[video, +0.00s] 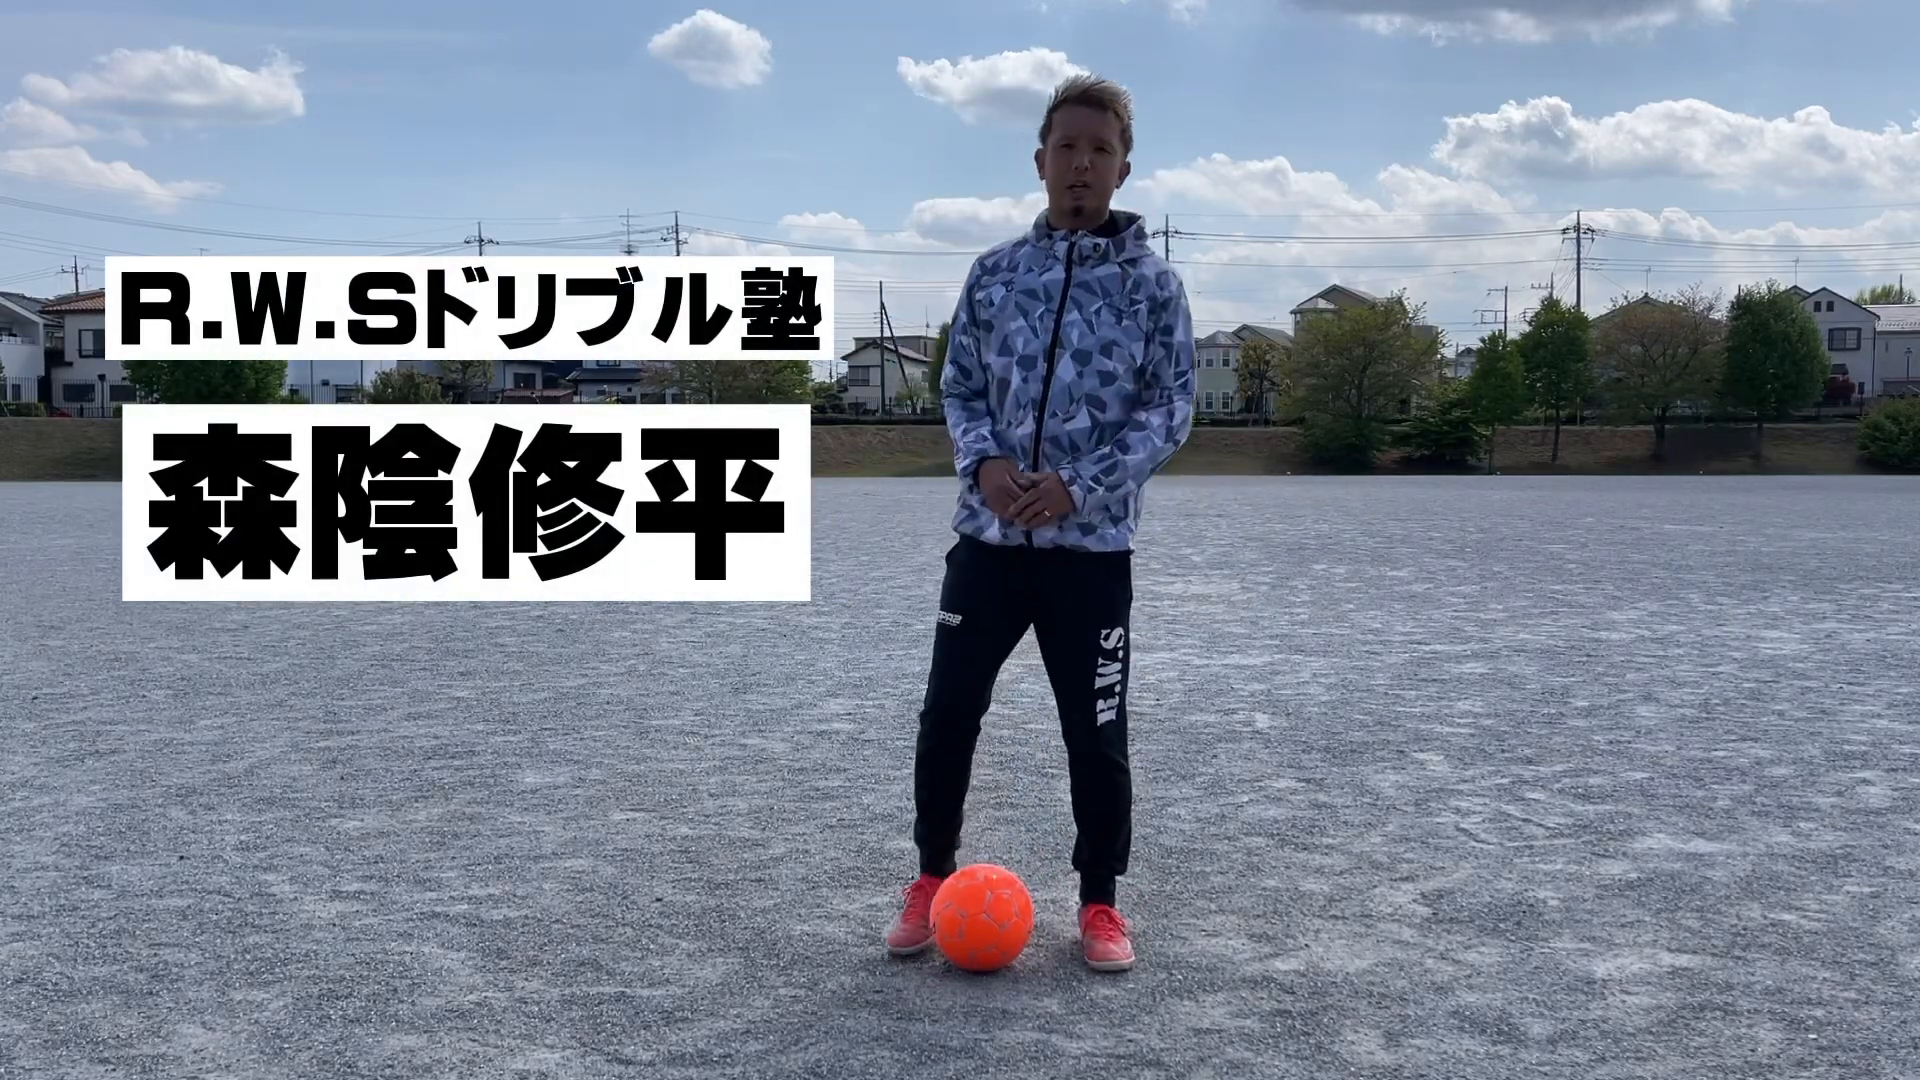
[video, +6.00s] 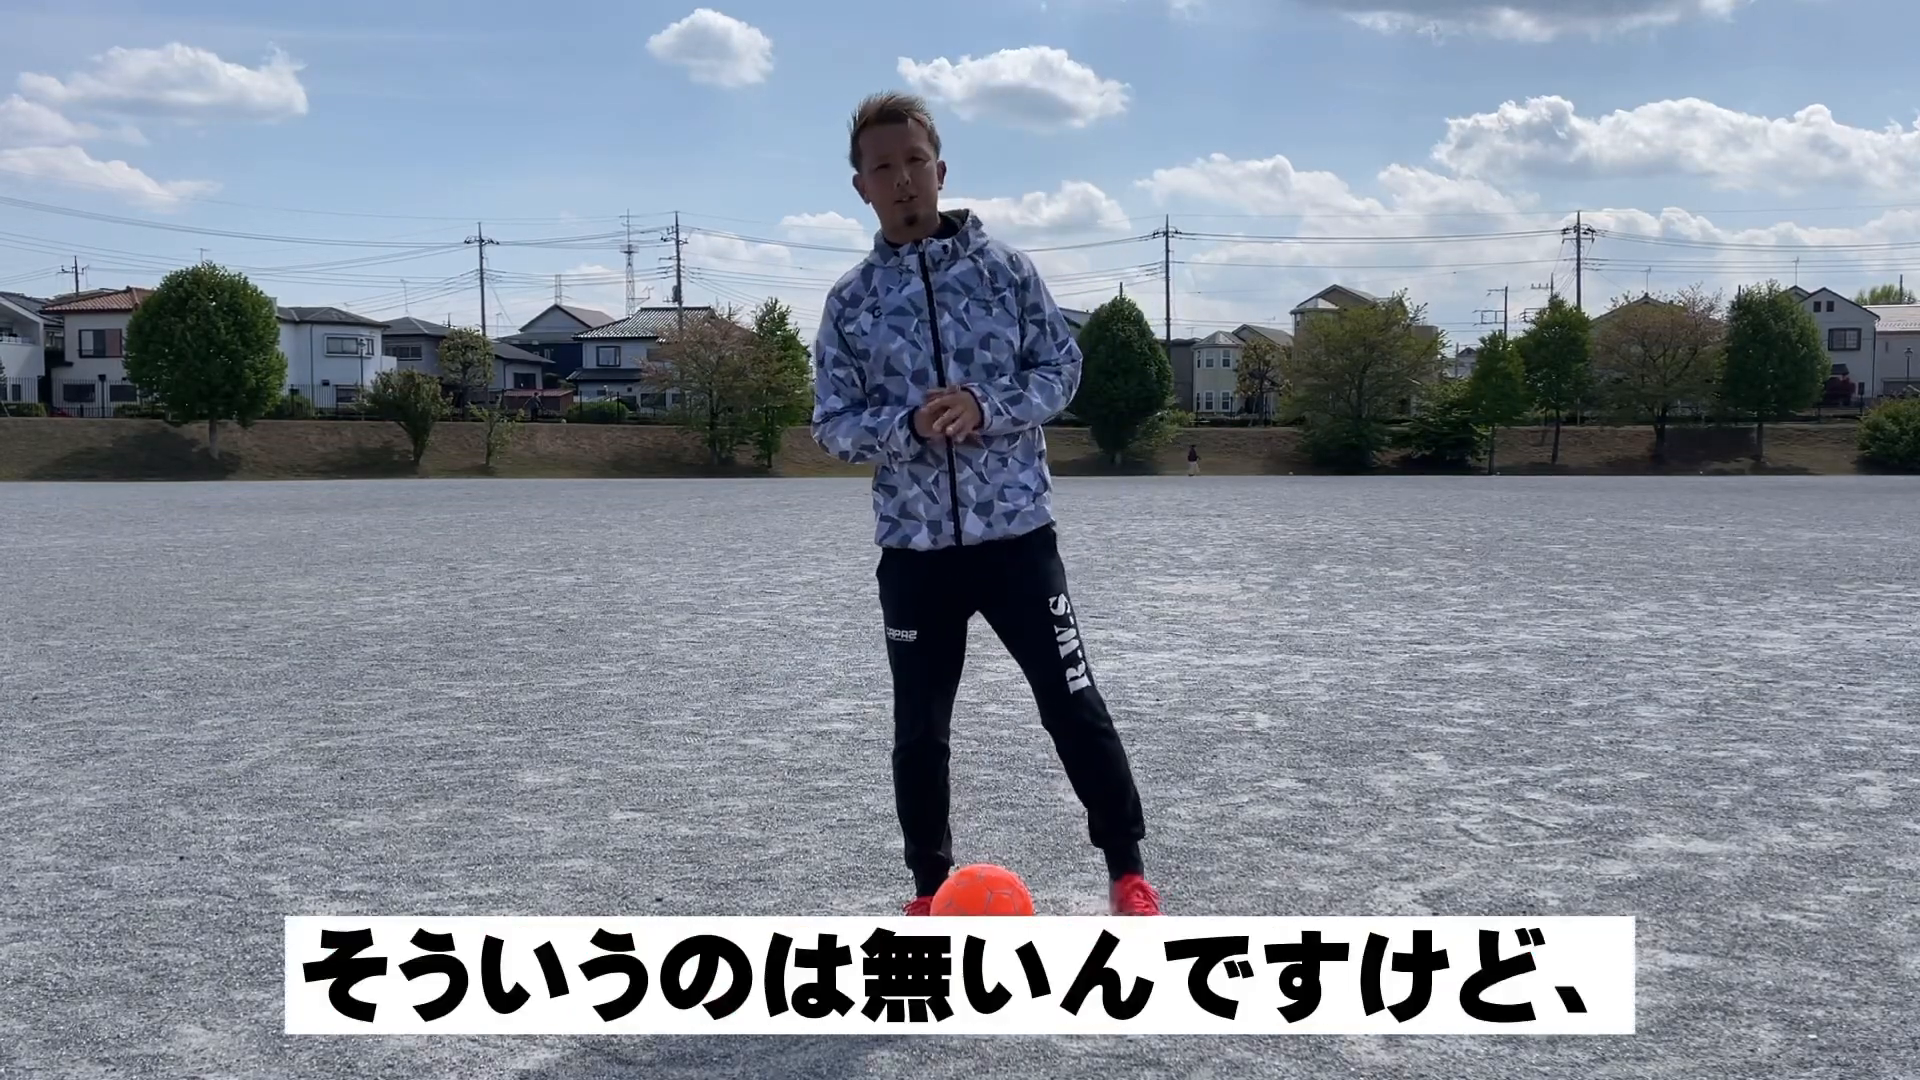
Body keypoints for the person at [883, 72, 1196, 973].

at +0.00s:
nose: (1081, 163)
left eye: (1099, 150)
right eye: (1067, 146)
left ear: (1123, 166)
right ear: (1041, 157)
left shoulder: (1149, 278)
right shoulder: (995, 270)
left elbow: (1168, 408)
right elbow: (959, 386)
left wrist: (1081, 486)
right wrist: (985, 458)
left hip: (1089, 548)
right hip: (989, 541)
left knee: (1097, 732)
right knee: (946, 715)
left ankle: (1100, 905)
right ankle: (932, 880)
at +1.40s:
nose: (1004, 151)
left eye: (1022, 136)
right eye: (988, 135)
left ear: (1046, 151)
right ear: (963, 150)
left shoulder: (1088, 265)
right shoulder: (927, 269)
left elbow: (1118, 400)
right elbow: (900, 404)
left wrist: (1129, 510)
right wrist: (886, 513)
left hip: (1056, 535)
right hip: (951, 535)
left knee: (1082, 725)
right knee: (933, 727)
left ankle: (1103, 901)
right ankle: (927, 894)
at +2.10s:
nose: (1036, 161)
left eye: (1052, 146)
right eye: (1019, 146)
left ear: (1073, 164)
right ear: (991, 163)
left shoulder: (1107, 279)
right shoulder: (952, 279)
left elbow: (1124, 389)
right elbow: (931, 401)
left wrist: (1064, 454)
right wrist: (998, 444)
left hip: (1069, 542)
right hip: (968, 540)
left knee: (1086, 730)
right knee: (947, 728)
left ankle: (1101, 905)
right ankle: (931, 897)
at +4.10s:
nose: (1016, 165)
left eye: (1035, 151)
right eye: (1004, 151)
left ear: (1071, 167)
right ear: (990, 166)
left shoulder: (1113, 281)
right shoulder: (955, 285)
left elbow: (1150, 394)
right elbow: (917, 400)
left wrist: (1060, 391)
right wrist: (981, 388)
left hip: (1070, 538)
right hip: (970, 538)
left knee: (1084, 728)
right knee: (950, 727)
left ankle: (1097, 898)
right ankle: (933, 894)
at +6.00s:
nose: (903, 180)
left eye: (915, 162)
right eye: (883, 168)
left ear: (941, 168)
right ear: (860, 184)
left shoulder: (1003, 266)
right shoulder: (850, 302)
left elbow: (1061, 368)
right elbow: (832, 423)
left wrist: (992, 406)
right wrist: (907, 424)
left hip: (1015, 531)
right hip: (913, 544)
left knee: (1073, 702)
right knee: (918, 727)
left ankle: (1127, 877)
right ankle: (928, 891)